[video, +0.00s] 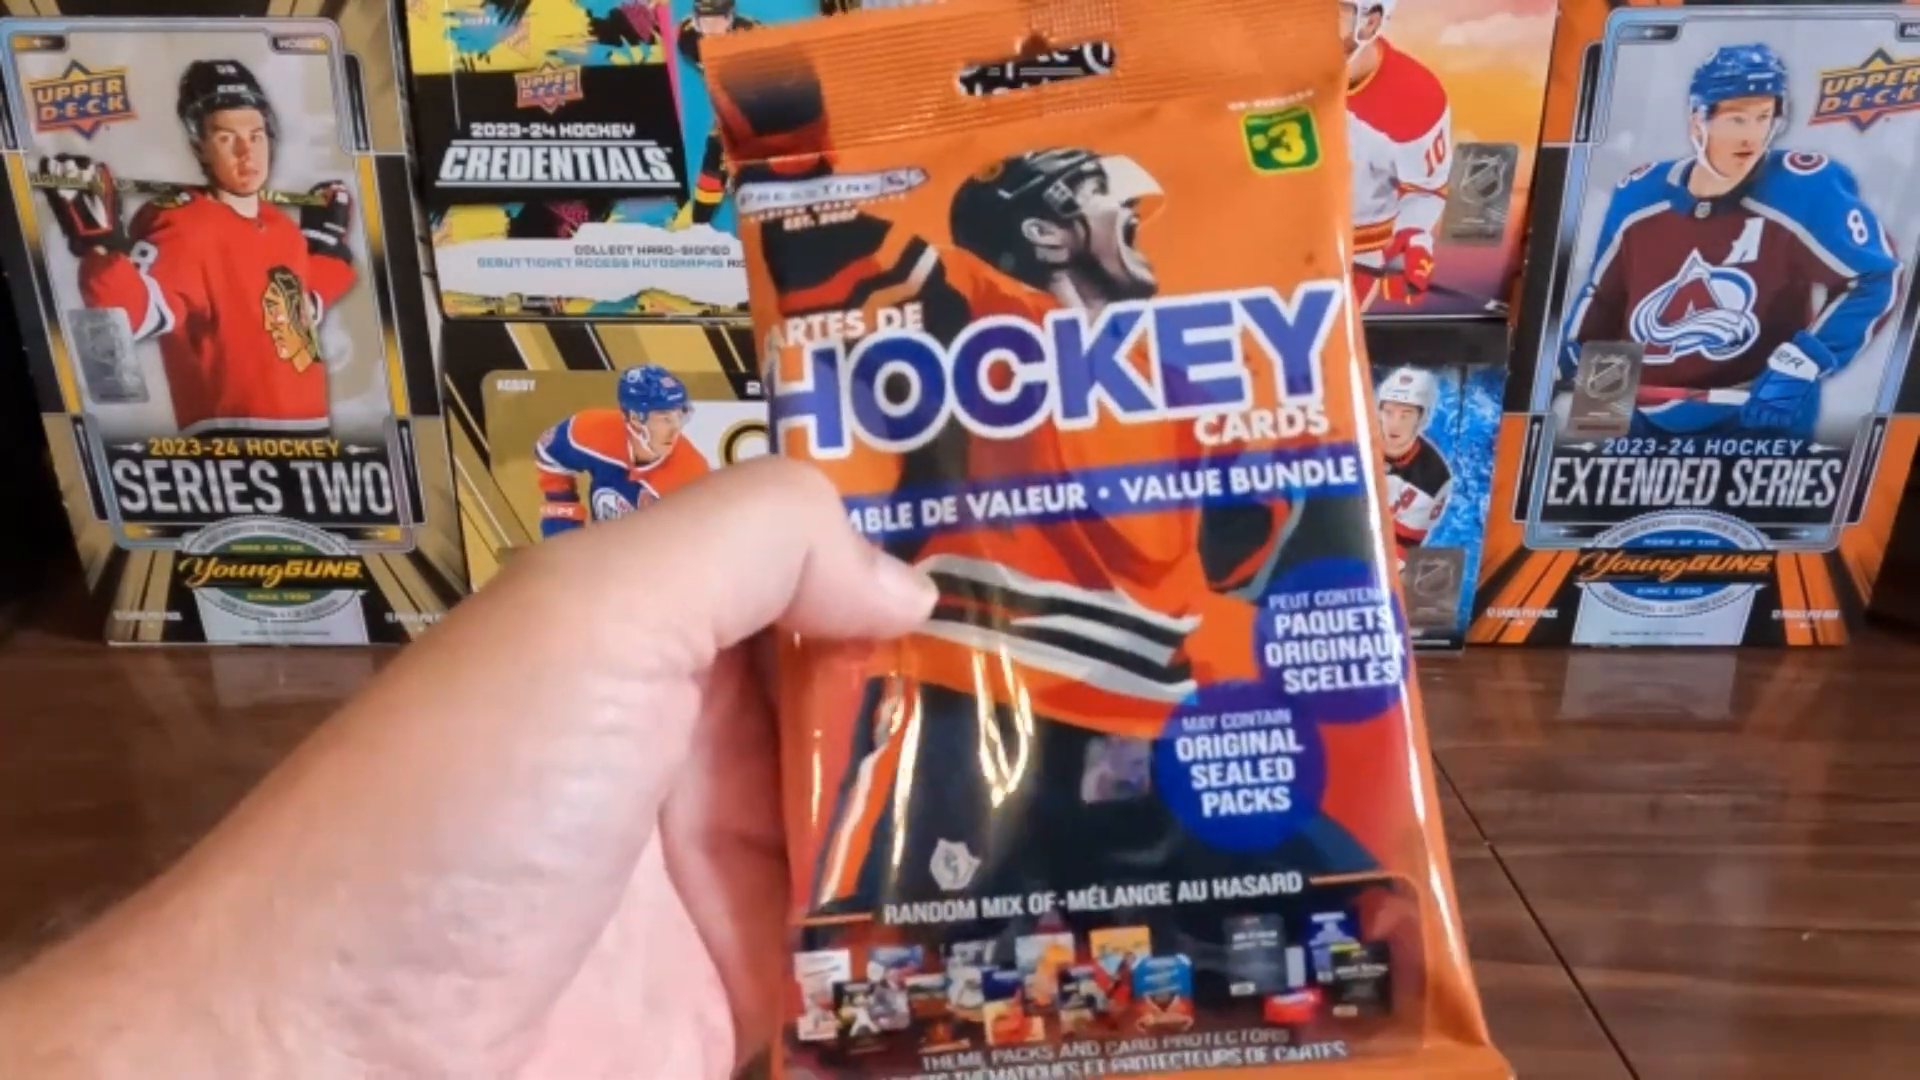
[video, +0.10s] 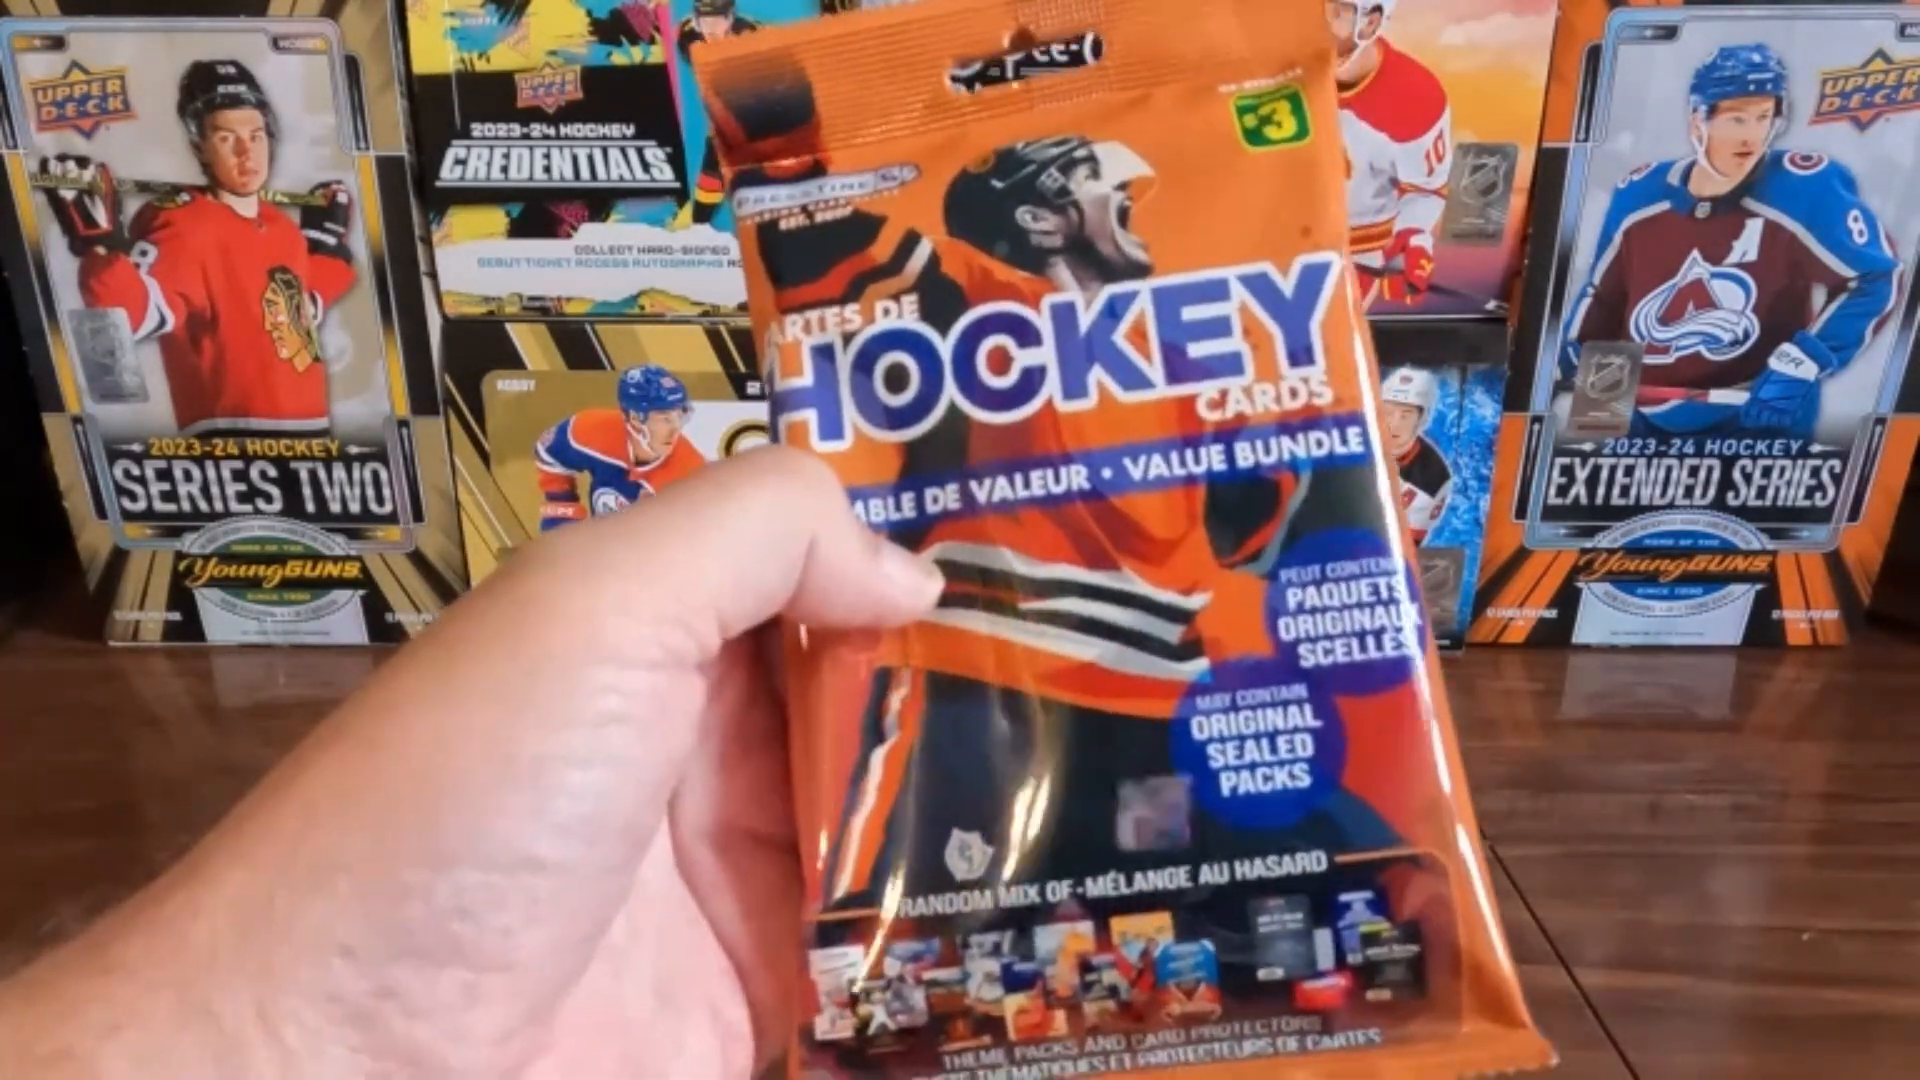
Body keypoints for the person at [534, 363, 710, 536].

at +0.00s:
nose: (676, 429)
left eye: (679, 418)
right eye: (665, 419)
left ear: (684, 416)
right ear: (635, 420)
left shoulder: (692, 474)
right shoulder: (592, 431)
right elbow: (549, 454)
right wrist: (564, 527)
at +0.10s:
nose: (676, 429)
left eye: (680, 417)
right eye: (665, 420)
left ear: (685, 415)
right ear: (635, 420)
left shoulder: (691, 471)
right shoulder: (592, 431)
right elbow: (549, 454)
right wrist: (564, 521)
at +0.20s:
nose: (676, 430)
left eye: (679, 418)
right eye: (665, 420)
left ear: (685, 417)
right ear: (635, 420)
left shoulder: (691, 475)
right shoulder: (591, 431)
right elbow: (550, 454)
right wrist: (564, 522)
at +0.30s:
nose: (676, 430)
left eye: (679, 419)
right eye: (665, 419)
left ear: (685, 418)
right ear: (635, 420)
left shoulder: (692, 479)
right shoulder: (593, 432)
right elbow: (550, 454)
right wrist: (563, 524)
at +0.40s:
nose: (676, 429)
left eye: (680, 417)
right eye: (665, 420)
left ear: (685, 414)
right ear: (635, 420)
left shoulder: (691, 477)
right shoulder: (593, 433)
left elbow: (701, 545)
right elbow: (550, 453)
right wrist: (562, 511)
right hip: (604, 559)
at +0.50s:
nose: (676, 429)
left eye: (679, 416)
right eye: (664, 418)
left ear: (685, 416)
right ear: (635, 420)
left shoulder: (692, 476)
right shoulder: (593, 432)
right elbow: (550, 453)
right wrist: (563, 516)